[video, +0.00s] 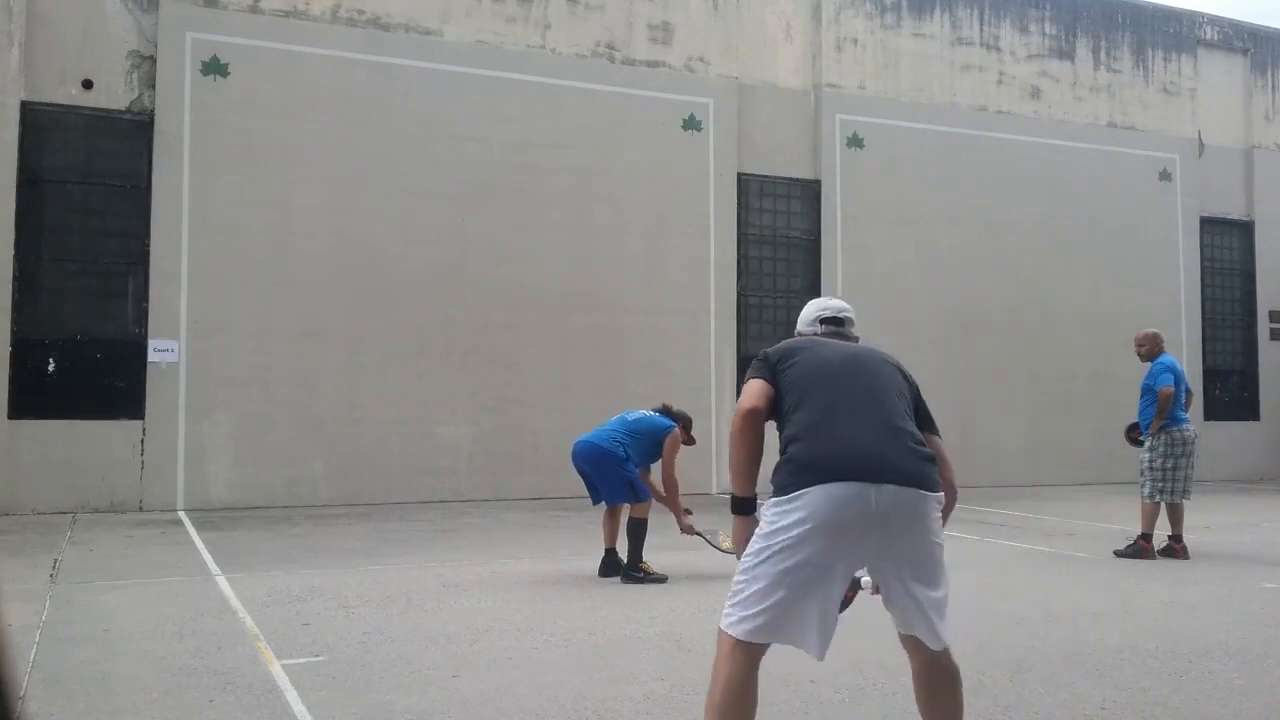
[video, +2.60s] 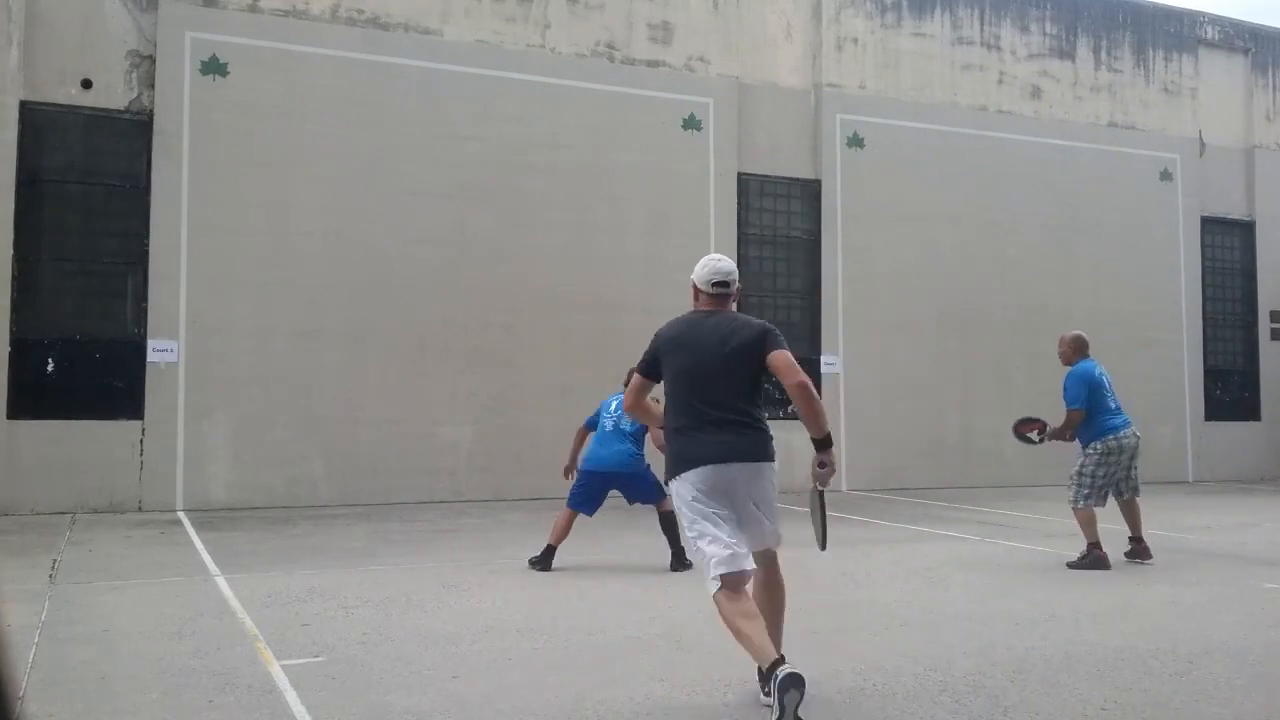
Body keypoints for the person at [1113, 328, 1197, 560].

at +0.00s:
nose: (1137, 351)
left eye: (1141, 346)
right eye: (1136, 347)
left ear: (1158, 345)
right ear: (1159, 347)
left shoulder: (1160, 365)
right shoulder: (1172, 363)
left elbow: (1167, 392)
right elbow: (1188, 394)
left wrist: (1157, 422)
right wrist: (1177, 419)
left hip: (1164, 435)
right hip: (1181, 432)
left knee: (1151, 489)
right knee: (1173, 491)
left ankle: (1144, 543)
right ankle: (1176, 543)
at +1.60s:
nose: (1116, 351)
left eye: (1119, 346)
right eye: (1116, 347)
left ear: (1134, 347)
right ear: (1136, 347)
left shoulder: (1142, 367)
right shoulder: (1152, 364)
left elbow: (1156, 391)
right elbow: (1169, 390)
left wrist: (1146, 420)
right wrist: (1157, 416)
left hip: (1154, 434)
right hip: (1170, 432)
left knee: (1139, 488)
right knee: (1167, 489)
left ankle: (1138, 543)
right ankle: (1175, 543)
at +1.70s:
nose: (1110, 354)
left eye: (1114, 349)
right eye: (1109, 350)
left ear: (1129, 348)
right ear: (1129, 349)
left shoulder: (1138, 370)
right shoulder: (1138, 368)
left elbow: (1156, 395)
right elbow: (1146, 403)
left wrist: (1137, 420)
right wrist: (1129, 435)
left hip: (1152, 438)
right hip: (1163, 435)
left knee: (1138, 491)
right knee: (1165, 490)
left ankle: (1135, 547)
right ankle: (1175, 543)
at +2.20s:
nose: (1111, 350)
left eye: (1116, 346)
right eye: (1107, 346)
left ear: (1129, 348)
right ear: (1104, 349)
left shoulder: (1134, 369)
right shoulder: (1112, 376)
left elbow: (1138, 401)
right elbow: (1111, 413)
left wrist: (1107, 415)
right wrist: (1100, 440)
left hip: (1138, 439)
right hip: (1133, 440)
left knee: (1109, 490)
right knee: (1138, 491)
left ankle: (1132, 542)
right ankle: (1155, 544)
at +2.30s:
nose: (1095, 356)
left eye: (1099, 352)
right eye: (1095, 351)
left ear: (1114, 355)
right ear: (1112, 356)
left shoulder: (1119, 375)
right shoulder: (1115, 377)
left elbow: (1122, 410)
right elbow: (1115, 422)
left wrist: (1099, 433)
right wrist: (1098, 448)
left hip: (1134, 443)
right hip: (1148, 442)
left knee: (1098, 493)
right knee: (1132, 494)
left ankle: (1124, 544)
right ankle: (1154, 545)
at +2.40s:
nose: (1084, 364)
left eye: (1088, 360)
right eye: (1085, 359)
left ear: (1099, 363)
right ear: (1106, 364)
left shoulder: (1104, 386)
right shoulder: (1117, 381)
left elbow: (1100, 429)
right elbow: (1110, 425)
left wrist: (1086, 452)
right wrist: (1092, 449)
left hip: (1129, 450)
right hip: (1147, 447)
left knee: (1089, 495)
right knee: (1133, 496)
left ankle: (1102, 548)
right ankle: (1154, 546)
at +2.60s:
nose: (1058, 352)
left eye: (1061, 348)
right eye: (1058, 348)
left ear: (1074, 350)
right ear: (1079, 350)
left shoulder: (1077, 374)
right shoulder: (1095, 367)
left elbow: (1075, 416)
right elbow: (1093, 409)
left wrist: (1056, 432)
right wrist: (1072, 431)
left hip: (1105, 443)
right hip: (1127, 436)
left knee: (1079, 495)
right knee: (1124, 490)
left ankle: (1095, 551)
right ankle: (1139, 545)